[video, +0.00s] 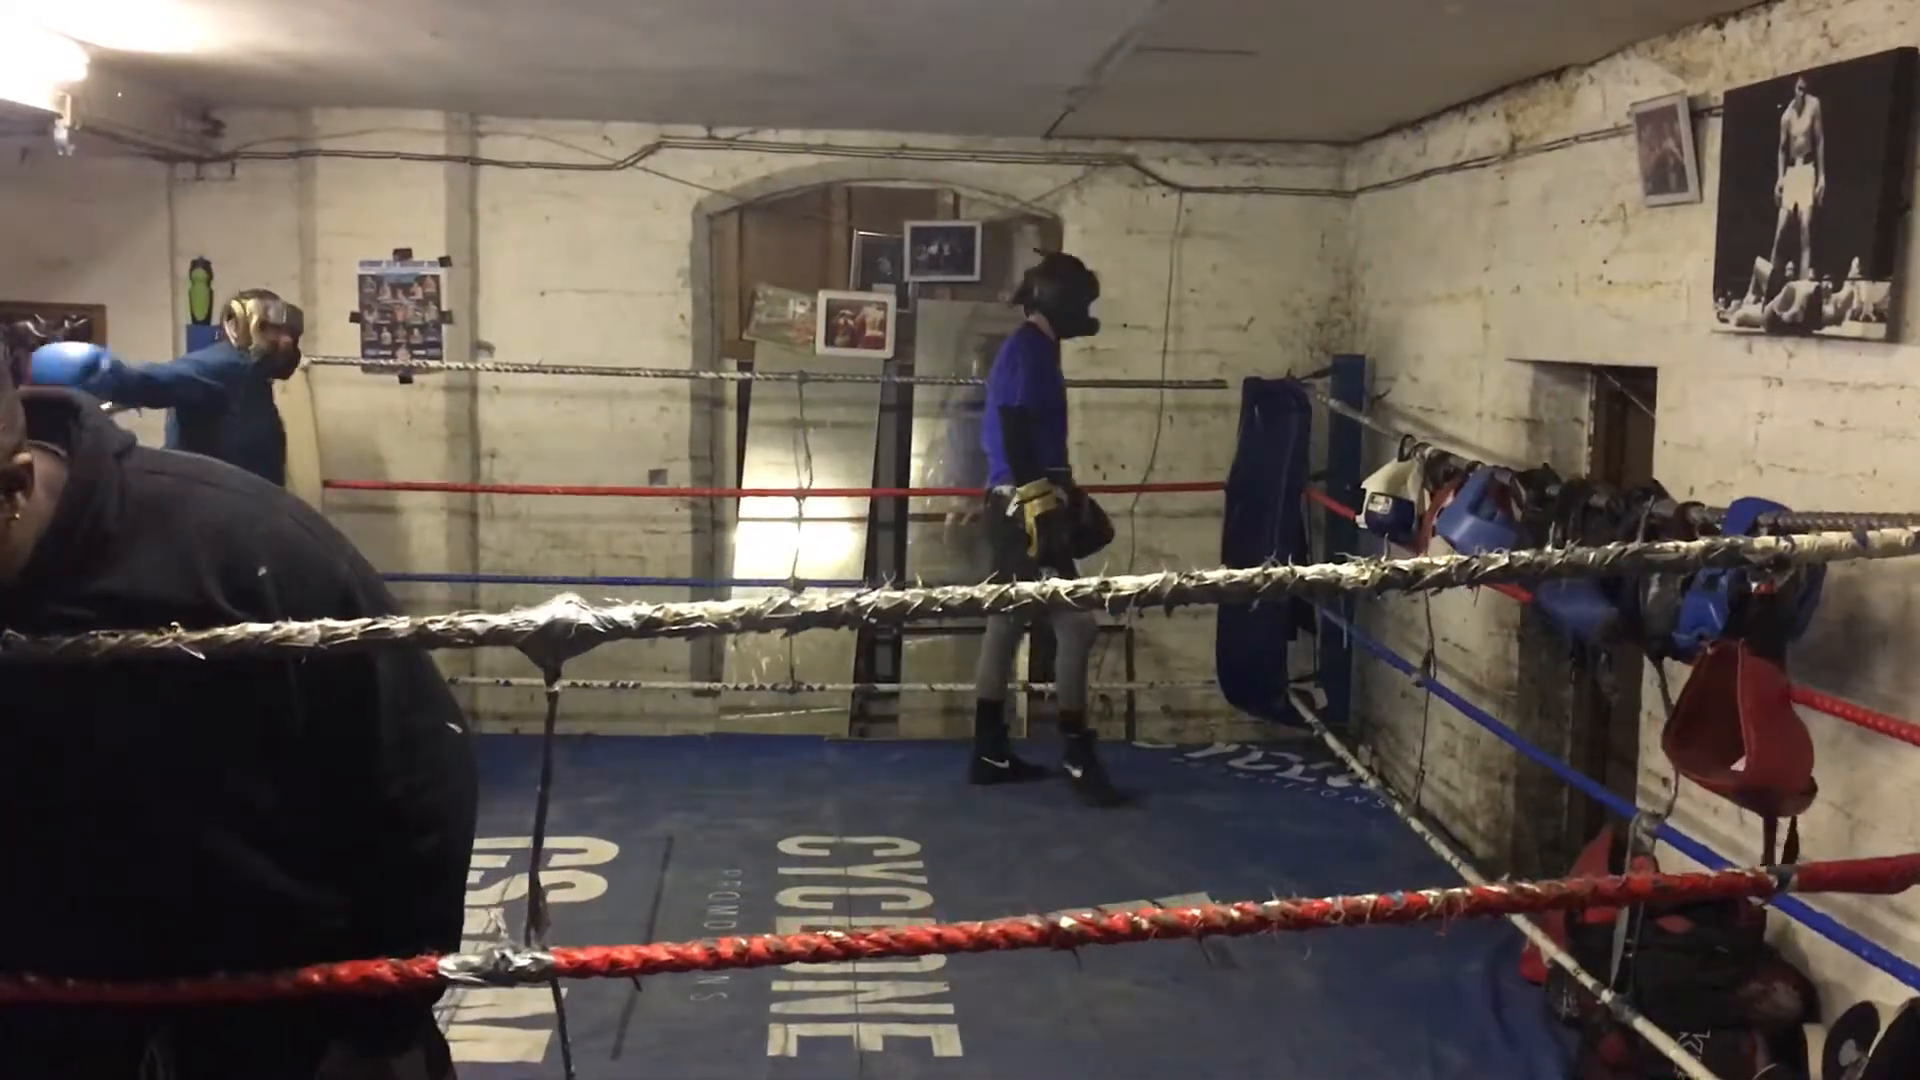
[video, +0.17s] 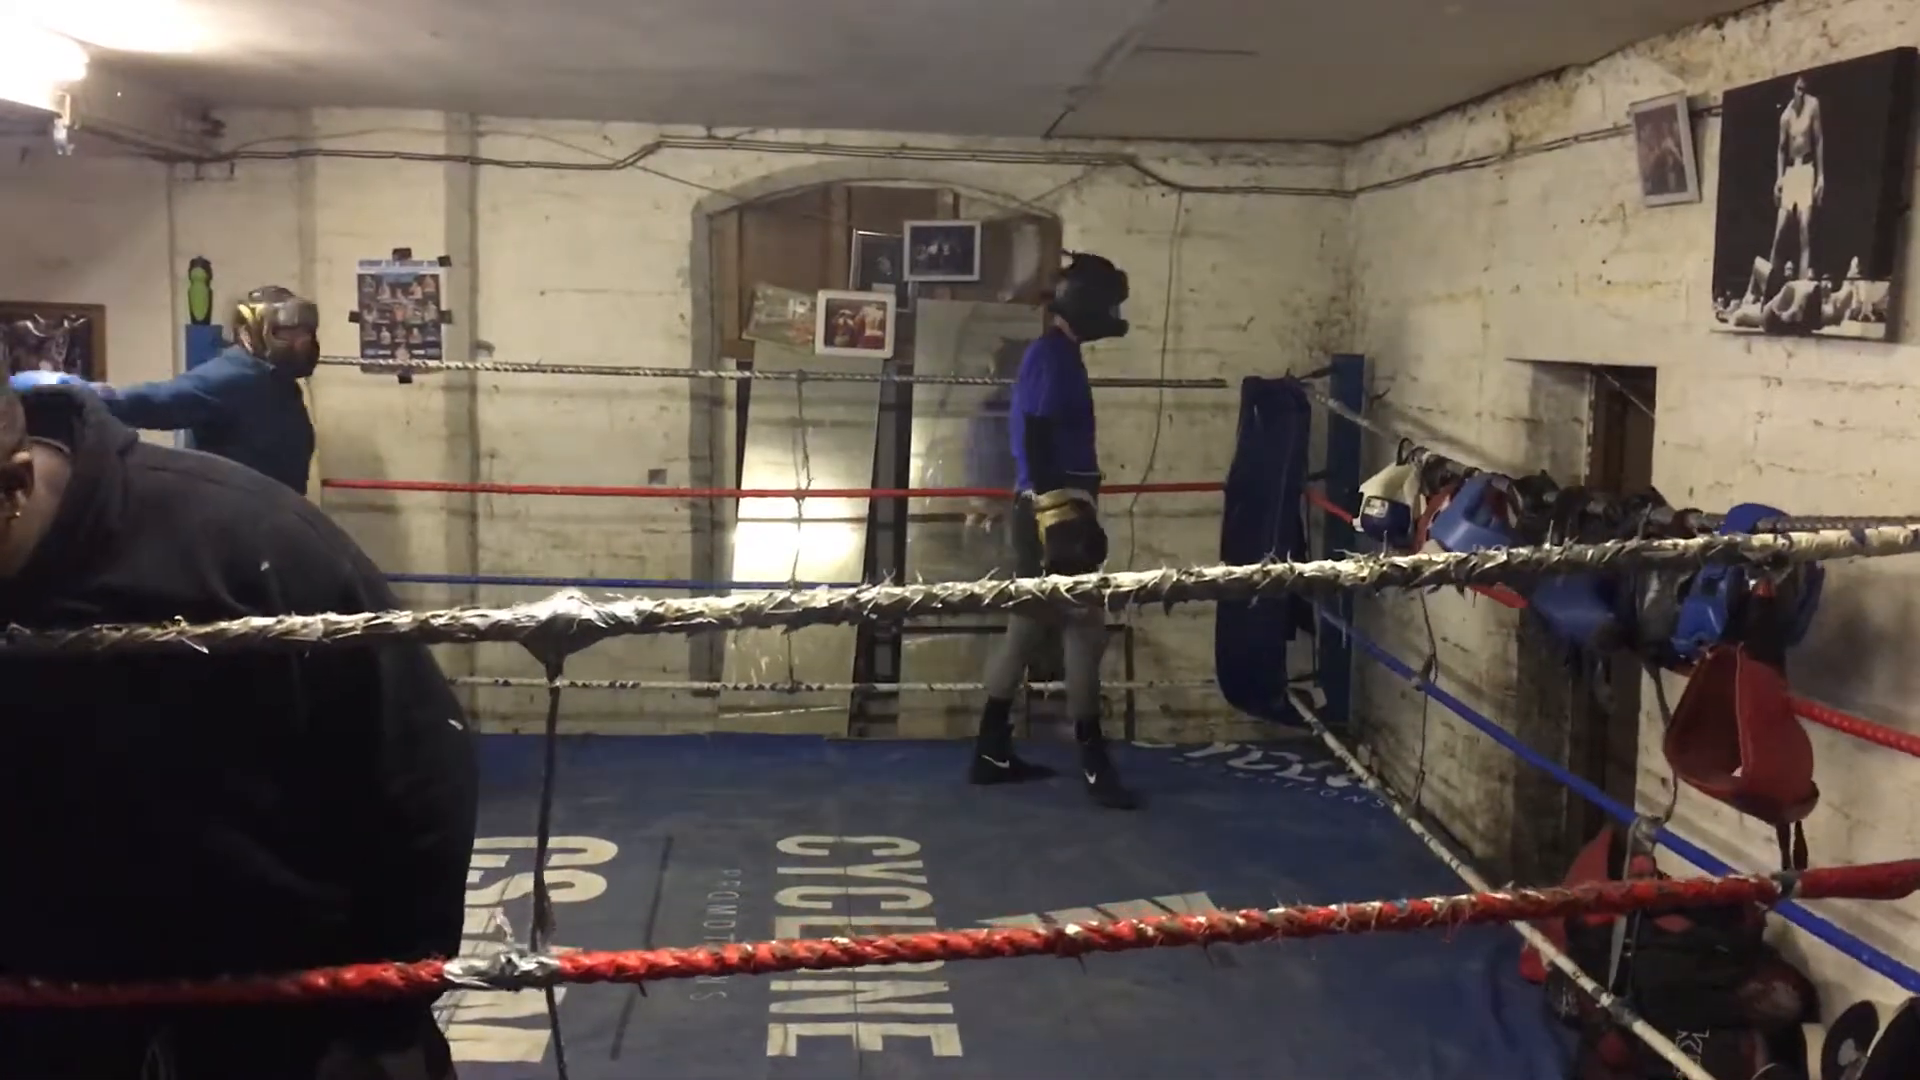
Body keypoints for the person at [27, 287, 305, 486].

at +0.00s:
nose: (293, 345)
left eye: (294, 336)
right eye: (282, 332)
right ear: (242, 328)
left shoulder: (253, 381)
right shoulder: (227, 367)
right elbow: (143, 382)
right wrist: (37, 362)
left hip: (245, 532)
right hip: (212, 531)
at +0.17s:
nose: (313, 344)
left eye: (311, 333)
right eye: (301, 333)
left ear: (254, 332)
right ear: (262, 333)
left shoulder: (280, 383)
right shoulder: (242, 375)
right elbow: (147, 404)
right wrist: (65, 390)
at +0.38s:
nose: (299, 345)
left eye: (306, 333)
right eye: (285, 335)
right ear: (257, 338)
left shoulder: (299, 379)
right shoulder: (231, 380)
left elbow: (301, 460)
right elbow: (150, 403)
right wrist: (85, 404)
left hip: (302, 485)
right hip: (248, 493)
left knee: (363, 533)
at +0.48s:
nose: (290, 343)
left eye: (296, 331)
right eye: (275, 332)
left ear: (305, 334)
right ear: (246, 337)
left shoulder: (298, 382)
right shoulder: (217, 381)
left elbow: (308, 468)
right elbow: (126, 404)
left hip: (299, 498)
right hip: (240, 509)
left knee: (369, 538)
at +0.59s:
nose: (279, 341)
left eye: (285, 331)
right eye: (266, 331)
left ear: (293, 334)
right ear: (235, 338)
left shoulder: (291, 387)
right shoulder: (202, 384)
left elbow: (308, 473)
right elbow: (117, 420)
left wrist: (359, 532)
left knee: (361, 543)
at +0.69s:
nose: (261, 346)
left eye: (266, 334)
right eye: (248, 336)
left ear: (276, 338)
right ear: (219, 341)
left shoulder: (276, 388)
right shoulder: (189, 389)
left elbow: (299, 463)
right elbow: (116, 414)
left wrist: (349, 528)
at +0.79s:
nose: (237, 350)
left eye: (244, 337)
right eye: (225, 340)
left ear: (257, 339)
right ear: (195, 343)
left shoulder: (268, 390)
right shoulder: (155, 400)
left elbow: (299, 468)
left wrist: (344, 529)